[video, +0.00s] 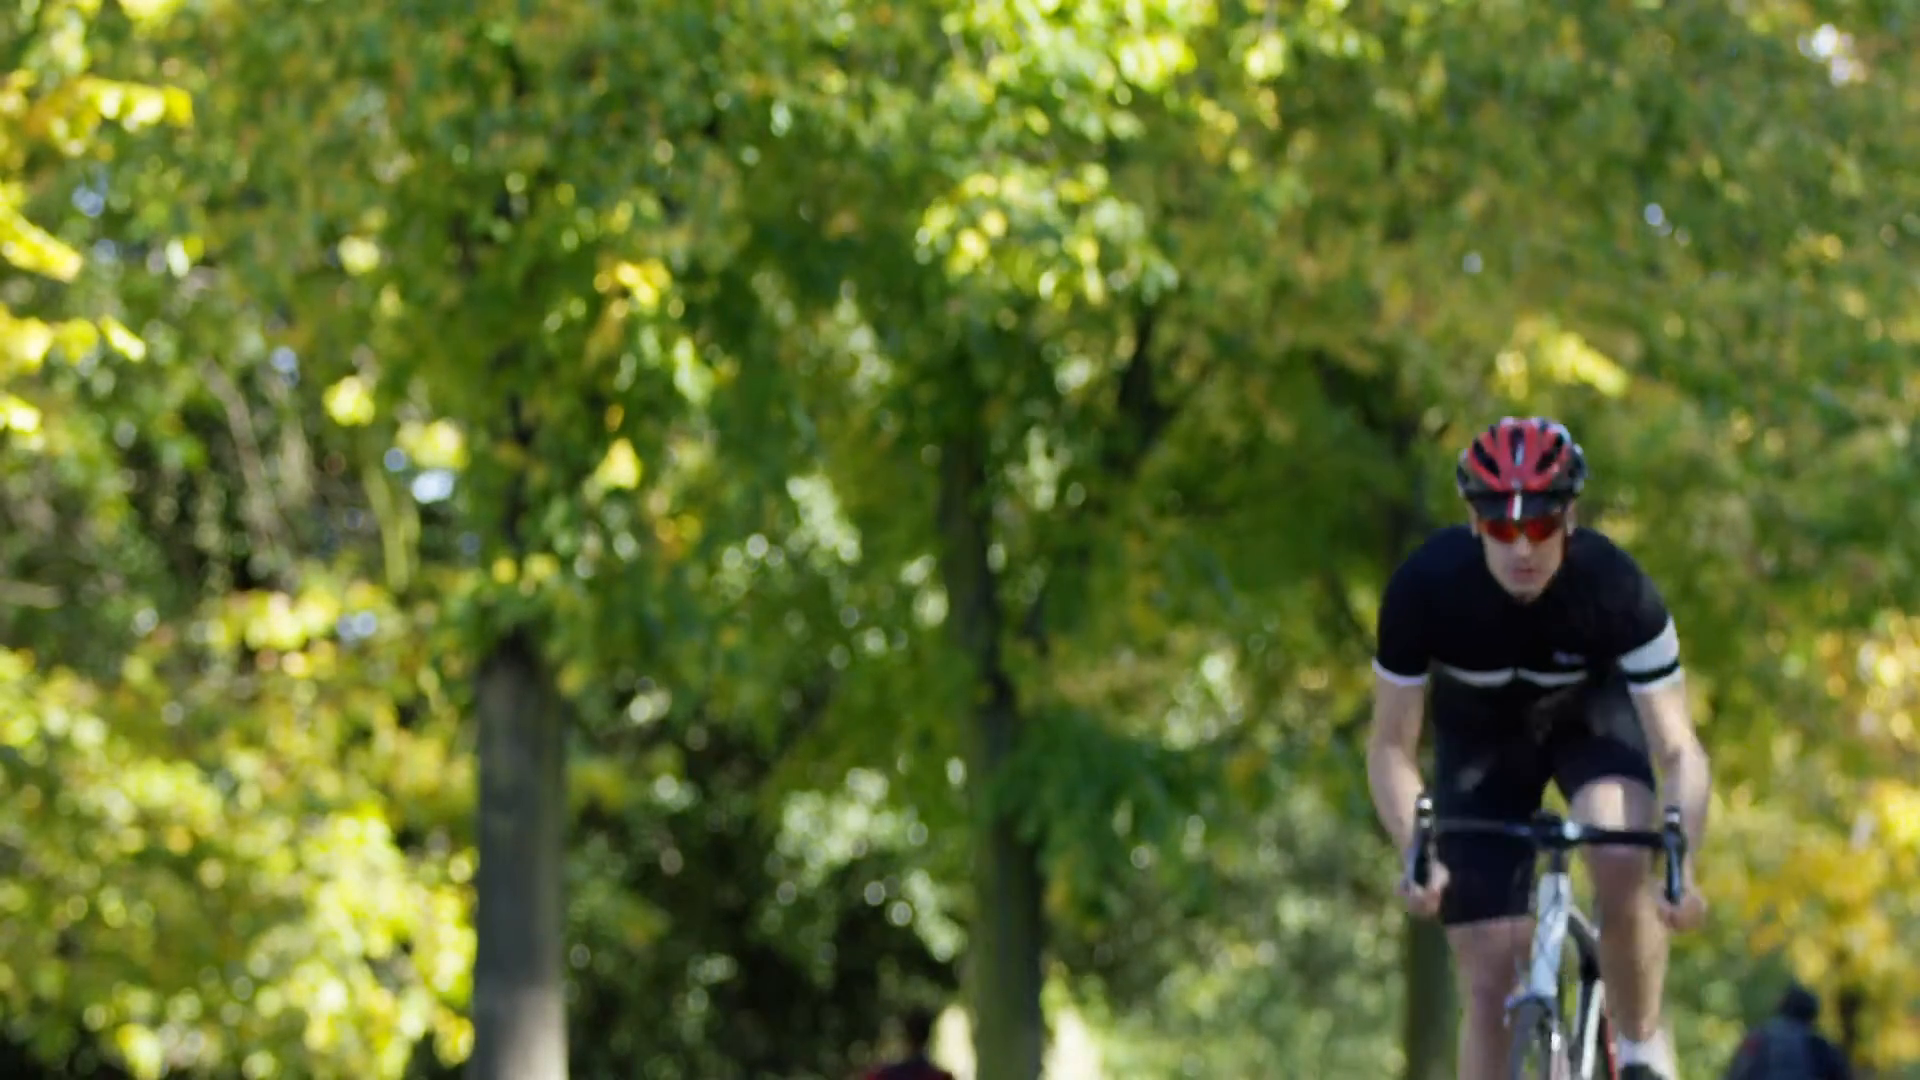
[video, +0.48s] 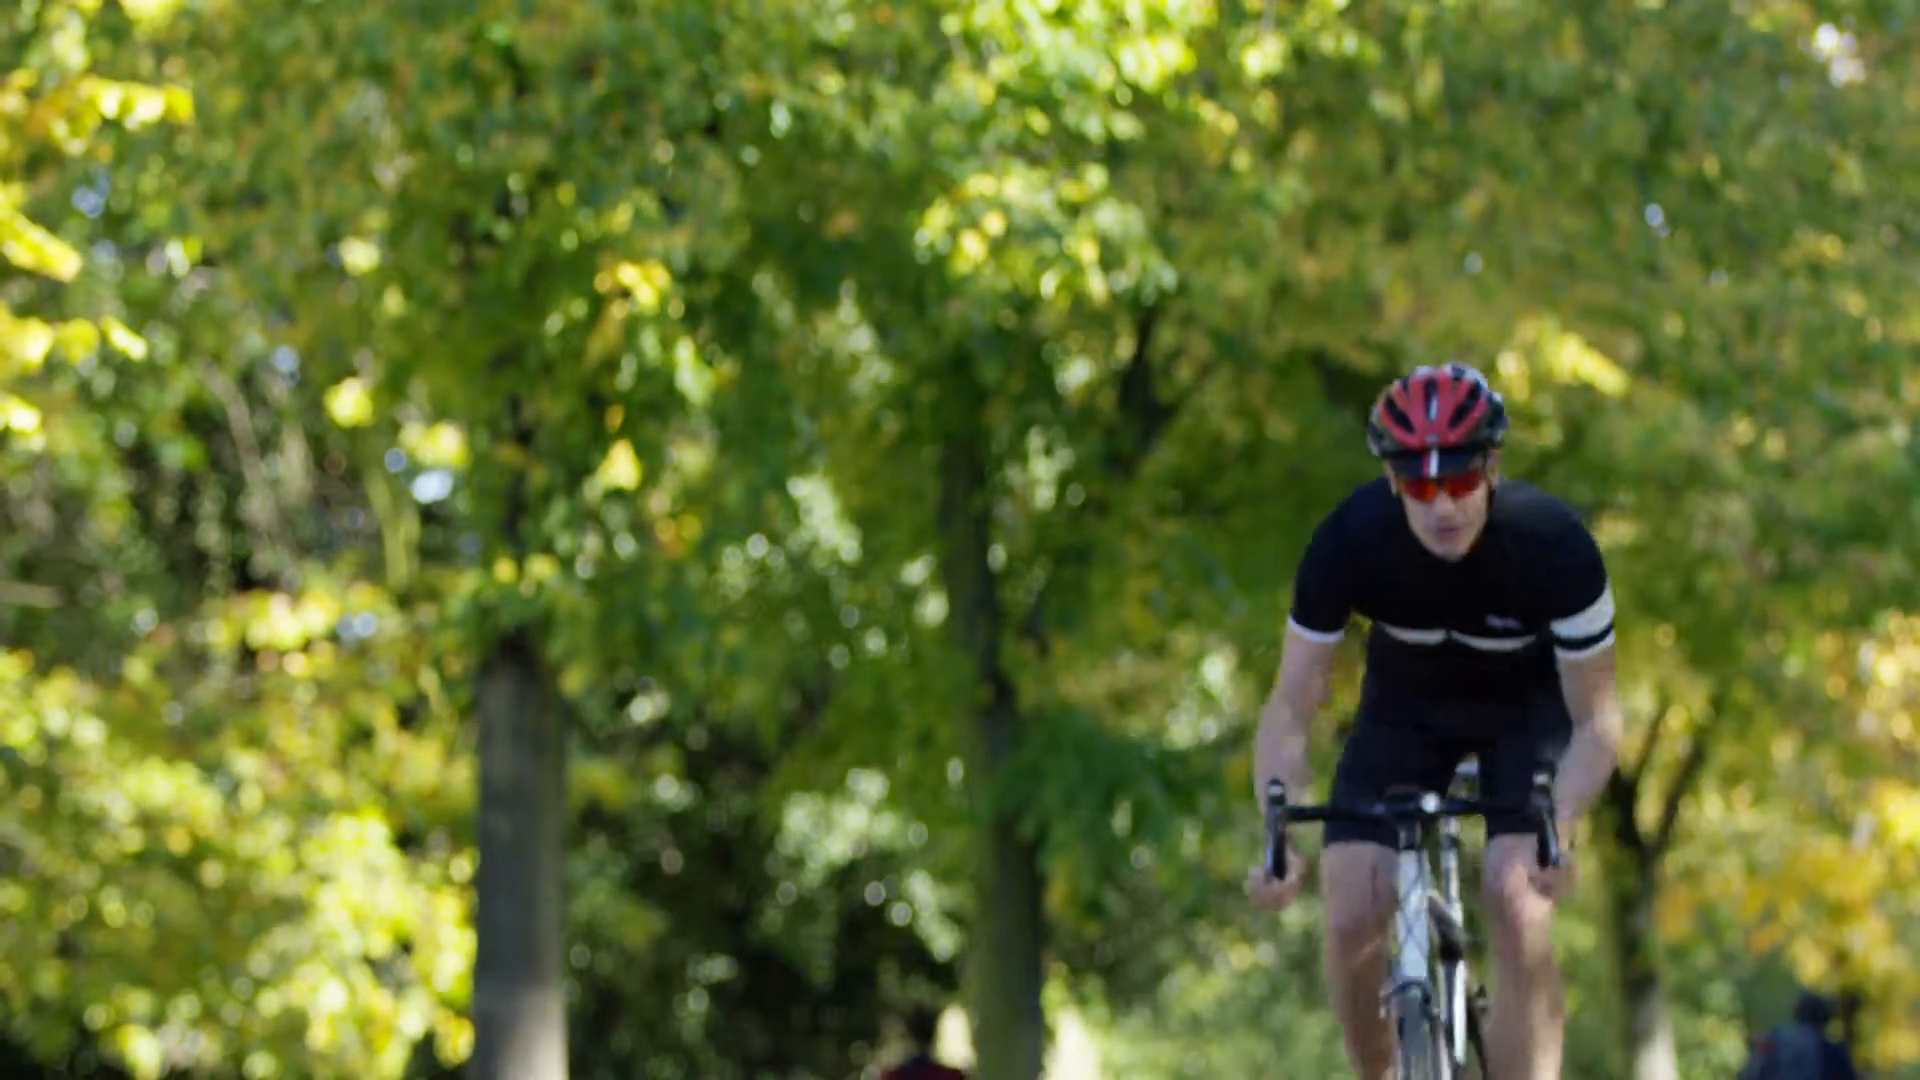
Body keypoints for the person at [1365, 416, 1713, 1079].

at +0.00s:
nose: (1522, 550)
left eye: (1540, 530)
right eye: (1502, 531)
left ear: (1569, 518)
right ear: (1474, 522)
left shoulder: (1613, 585)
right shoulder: (1425, 587)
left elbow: (1679, 749)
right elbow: (1392, 744)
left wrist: (1680, 864)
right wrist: (1416, 847)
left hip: (1590, 716)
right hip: (1477, 730)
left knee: (1622, 854)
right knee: (1490, 975)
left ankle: (1638, 1051)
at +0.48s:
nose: (1443, 508)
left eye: (1462, 485)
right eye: (1420, 489)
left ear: (1493, 470)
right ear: (1393, 480)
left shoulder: (1553, 543)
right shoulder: (1350, 540)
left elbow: (1596, 720)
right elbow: (1291, 707)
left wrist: (1559, 817)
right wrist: (1277, 828)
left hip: (1527, 711)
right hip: (1403, 707)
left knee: (1518, 902)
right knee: (1350, 914)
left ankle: (1523, 1068)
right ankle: (1378, 1071)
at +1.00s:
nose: (1311, 463)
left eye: (1330, 437)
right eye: (1287, 444)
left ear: (1370, 420)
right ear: (1263, 438)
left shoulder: (1446, 488)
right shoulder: (1230, 509)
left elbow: (1536, 662)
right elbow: (1200, 689)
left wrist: (1519, 791)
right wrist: (1211, 812)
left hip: (1447, 655)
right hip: (1315, 654)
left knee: (1468, 939)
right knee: (1276, 802)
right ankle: (1308, 1032)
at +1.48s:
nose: (1211, 398)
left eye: (1233, 371)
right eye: (1188, 375)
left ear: (1276, 356)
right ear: (1159, 369)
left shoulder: (1347, 436)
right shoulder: (1112, 467)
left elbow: (1464, 609)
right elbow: (1120, 651)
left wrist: (1495, 752)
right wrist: (1176, 766)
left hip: (1366, 613)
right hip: (1220, 634)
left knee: (1441, 856)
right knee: (1250, 862)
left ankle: (1472, 1068)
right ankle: (1274, 1074)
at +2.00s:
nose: (1123, 327)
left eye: (1145, 299)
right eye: (1097, 302)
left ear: (1183, 288)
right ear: (1061, 295)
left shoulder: (1246, 372)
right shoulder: (997, 378)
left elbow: (1341, 580)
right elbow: (955, 583)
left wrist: (1337, 724)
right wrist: (988, 720)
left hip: (1234, 559)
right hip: (1086, 582)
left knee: (1275, 721)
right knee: (1115, 884)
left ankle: (1317, 986)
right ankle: (1140, 1069)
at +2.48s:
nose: (958, 243)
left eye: (982, 210)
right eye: (927, 216)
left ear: (1024, 196)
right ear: (892, 208)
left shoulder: (1106, 286)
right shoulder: (836, 292)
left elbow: (1175, 513)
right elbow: (760, 510)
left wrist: (1114, 661)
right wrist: (738, 689)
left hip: (1097, 513)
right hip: (934, 514)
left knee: (1081, 768)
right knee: (868, 809)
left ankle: (1114, 1069)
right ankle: (966, 1063)